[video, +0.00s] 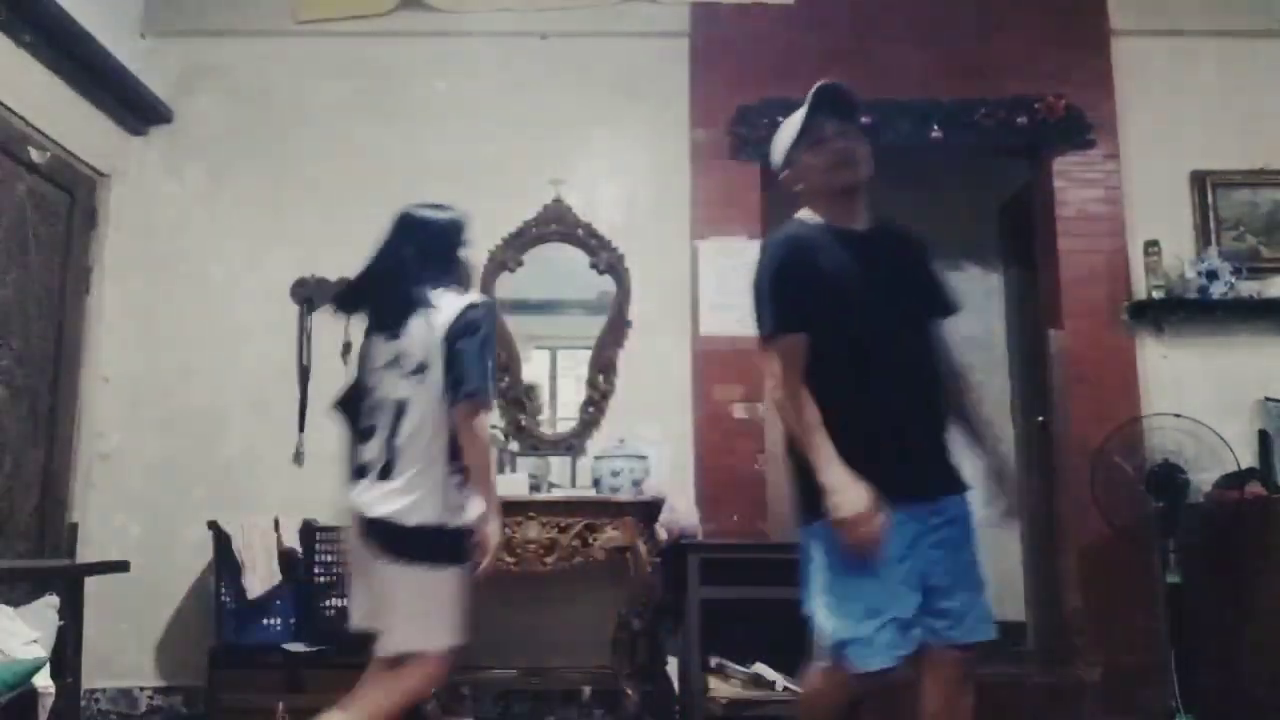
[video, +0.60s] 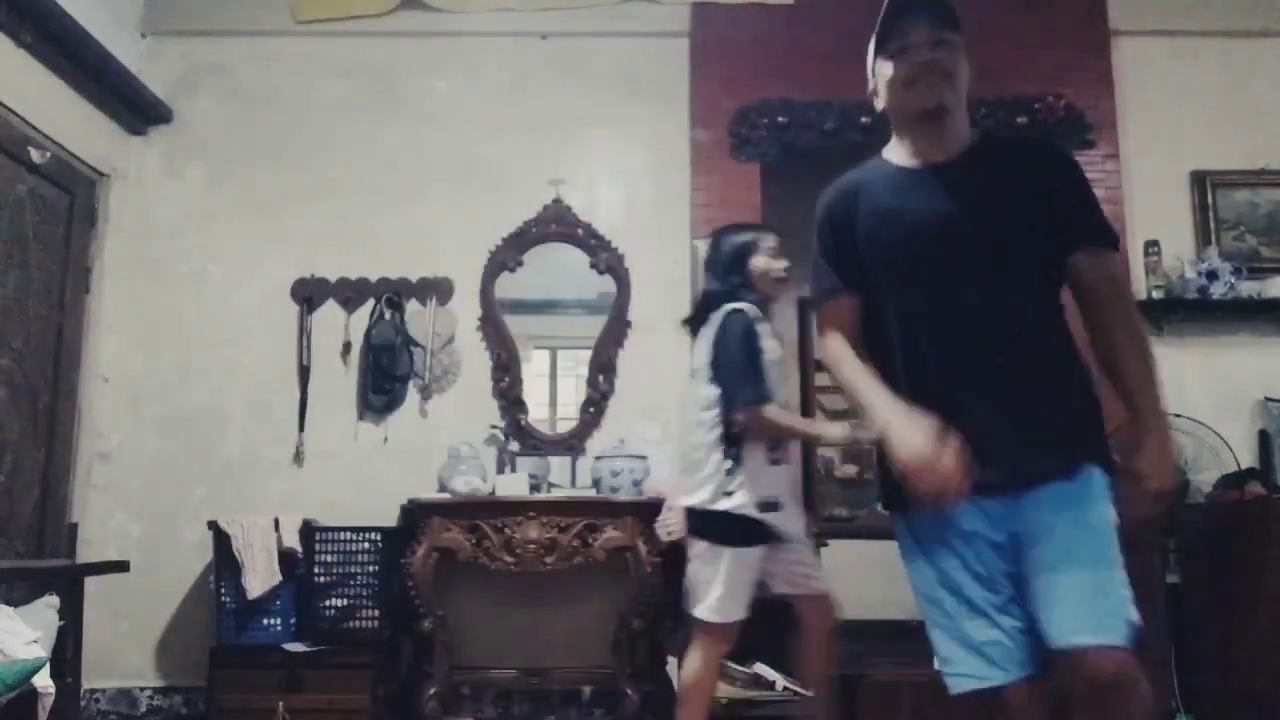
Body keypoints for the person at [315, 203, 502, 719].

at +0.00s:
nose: (468, 258)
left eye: (463, 249)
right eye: (463, 249)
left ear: (402, 251)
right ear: (451, 255)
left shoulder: (383, 310)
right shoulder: (466, 314)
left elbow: (356, 403)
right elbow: (469, 416)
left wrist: (373, 484)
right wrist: (489, 506)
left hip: (373, 507)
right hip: (426, 515)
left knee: (389, 652)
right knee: (430, 659)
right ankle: (342, 714)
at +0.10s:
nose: (524, 243)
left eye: (521, 233)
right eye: (517, 234)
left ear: (453, 240)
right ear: (496, 242)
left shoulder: (429, 296)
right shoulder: (506, 296)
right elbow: (496, 398)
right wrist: (513, 493)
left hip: (427, 485)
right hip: (477, 490)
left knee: (442, 623)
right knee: (512, 624)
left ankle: (400, 712)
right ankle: (456, 714)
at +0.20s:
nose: (581, 259)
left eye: (576, 247)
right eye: (571, 248)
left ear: (520, 259)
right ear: (547, 258)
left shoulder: (509, 307)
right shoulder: (553, 314)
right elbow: (542, 419)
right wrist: (541, 512)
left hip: (480, 499)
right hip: (530, 507)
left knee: (468, 647)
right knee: (570, 641)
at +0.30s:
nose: (626, 289)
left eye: (623, 278)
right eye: (614, 279)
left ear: (552, 297)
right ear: (588, 288)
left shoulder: (556, 344)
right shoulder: (607, 347)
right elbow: (604, 454)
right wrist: (618, 539)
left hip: (540, 531)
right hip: (589, 538)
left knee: (511, 647)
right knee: (640, 649)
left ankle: (458, 715)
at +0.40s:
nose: (683, 288)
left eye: (678, 278)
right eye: (674, 280)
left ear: (631, 291)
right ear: (653, 291)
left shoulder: (612, 344)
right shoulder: (662, 351)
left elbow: (606, 443)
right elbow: (669, 458)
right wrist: (695, 518)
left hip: (609, 526)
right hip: (654, 530)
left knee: (632, 645)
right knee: (690, 650)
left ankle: (526, 711)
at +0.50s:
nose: (729, 275)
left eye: (725, 266)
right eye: (720, 267)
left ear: (687, 278)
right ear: (699, 277)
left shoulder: (677, 333)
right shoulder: (699, 336)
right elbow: (715, 433)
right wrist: (774, 480)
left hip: (694, 518)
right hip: (690, 522)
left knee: (752, 620)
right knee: (695, 646)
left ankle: (658, 696)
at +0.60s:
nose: (785, 264)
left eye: (783, 255)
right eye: (773, 255)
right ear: (740, 264)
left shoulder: (750, 321)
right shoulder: (734, 319)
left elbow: (748, 415)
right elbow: (746, 412)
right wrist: (828, 432)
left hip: (771, 509)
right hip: (730, 509)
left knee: (817, 612)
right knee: (712, 639)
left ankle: (816, 712)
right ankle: (689, 715)